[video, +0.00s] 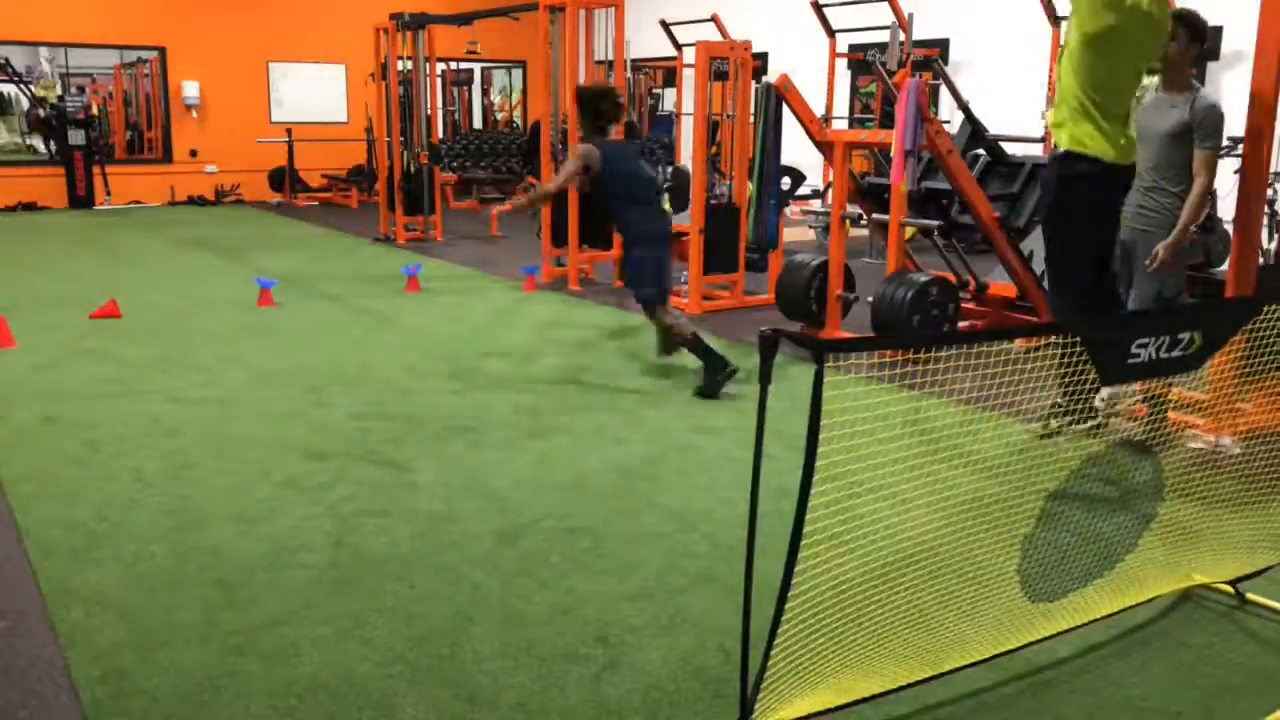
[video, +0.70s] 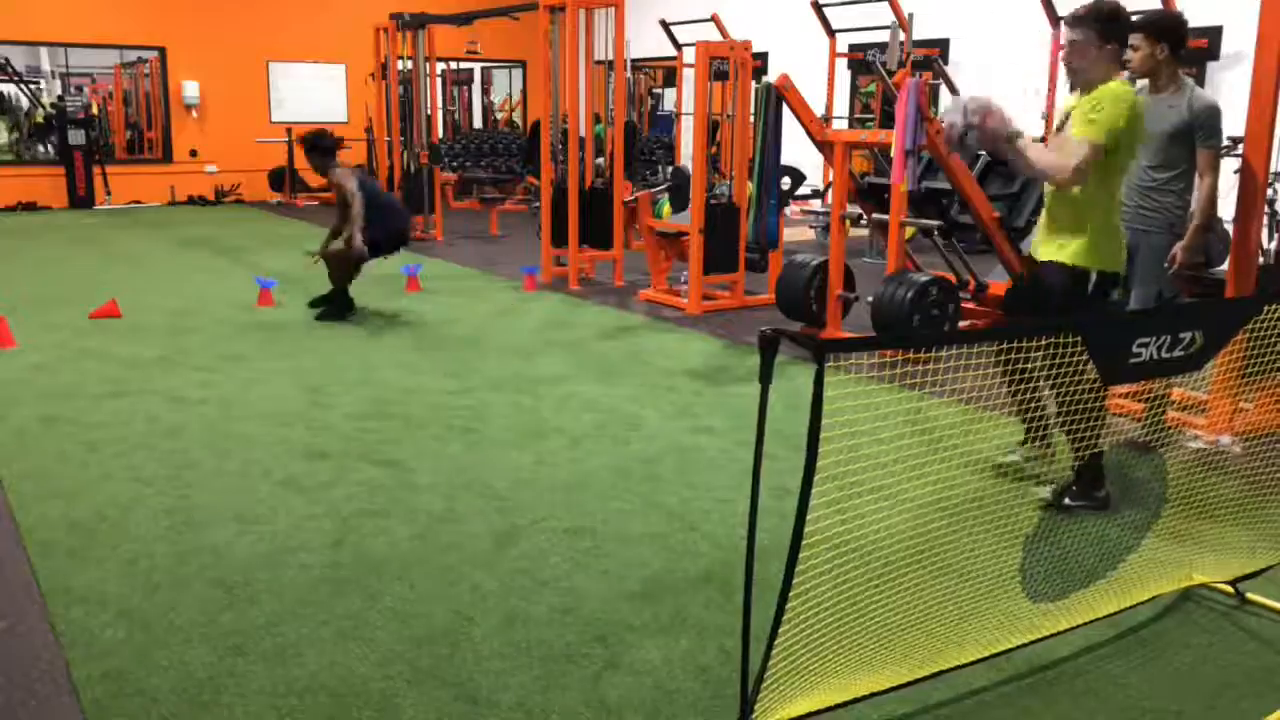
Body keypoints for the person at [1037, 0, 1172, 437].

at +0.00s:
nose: (1173, 50)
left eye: (1182, 45)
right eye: (1176, 42)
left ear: (1195, 52)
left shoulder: (1099, 8)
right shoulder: (1157, 13)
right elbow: (1155, 61)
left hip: (1080, 160)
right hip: (1112, 161)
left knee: (1070, 288)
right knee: (1092, 284)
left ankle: (1075, 400)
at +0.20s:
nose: (1169, 54)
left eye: (1177, 50)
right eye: (1171, 48)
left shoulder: (1105, 7)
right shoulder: (1157, 11)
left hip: (1078, 167)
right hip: (1107, 169)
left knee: (1068, 296)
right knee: (1086, 294)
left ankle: (1084, 410)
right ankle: (1086, 408)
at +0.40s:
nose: (1070, 72)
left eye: (1075, 63)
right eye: (1071, 64)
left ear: (1089, 67)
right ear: (1118, 70)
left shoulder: (1099, 111)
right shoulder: (1127, 116)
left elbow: (1042, 48)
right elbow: (1062, 65)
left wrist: (1082, 8)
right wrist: (1078, 23)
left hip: (1079, 272)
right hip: (1104, 270)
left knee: (1026, 376)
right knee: (1074, 369)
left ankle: (1083, 480)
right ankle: (1100, 458)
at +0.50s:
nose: (1070, 84)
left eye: (1073, 73)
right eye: (1068, 75)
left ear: (1094, 71)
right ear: (1105, 70)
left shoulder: (1113, 113)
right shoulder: (1122, 116)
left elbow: (1031, 87)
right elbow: (1051, 93)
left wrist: (1058, 35)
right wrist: (1065, 35)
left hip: (1077, 271)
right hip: (1088, 269)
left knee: (1027, 375)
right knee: (1051, 374)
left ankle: (1082, 481)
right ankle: (1090, 470)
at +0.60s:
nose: (1068, 68)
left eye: (1074, 58)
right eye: (1066, 58)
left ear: (1106, 55)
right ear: (1103, 58)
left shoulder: (1127, 99)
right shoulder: (1101, 101)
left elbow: (1034, 125)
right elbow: (1033, 123)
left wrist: (1019, 66)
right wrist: (1018, 66)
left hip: (1084, 258)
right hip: (1060, 250)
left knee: (1047, 366)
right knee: (1030, 362)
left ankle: (1087, 480)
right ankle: (1081, 465)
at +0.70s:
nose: (1064, 54)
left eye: (1075, 46)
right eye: (1065, 45)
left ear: (1109, 51)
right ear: (1089, 52)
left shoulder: (1115, 99)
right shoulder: (1081, 101)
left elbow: (1069, 168)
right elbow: (1049, 159)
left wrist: (1013, 142)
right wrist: (1004, 143)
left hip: (1087, 259)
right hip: (1051, 251)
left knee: (1070, 368)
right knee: (1011, 351)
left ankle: (1090, 481)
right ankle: (1039, 445)